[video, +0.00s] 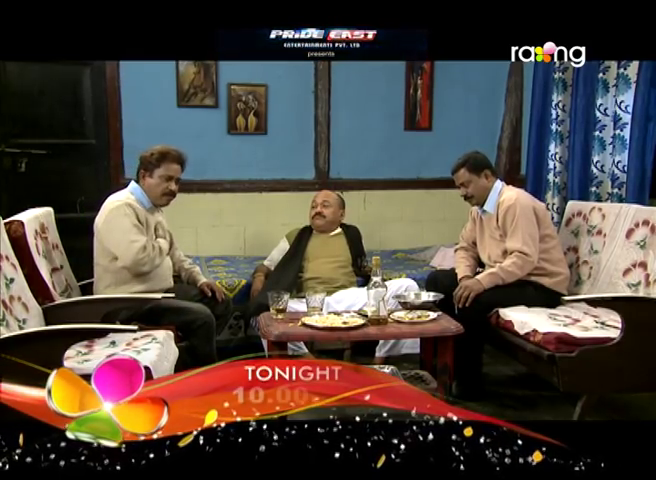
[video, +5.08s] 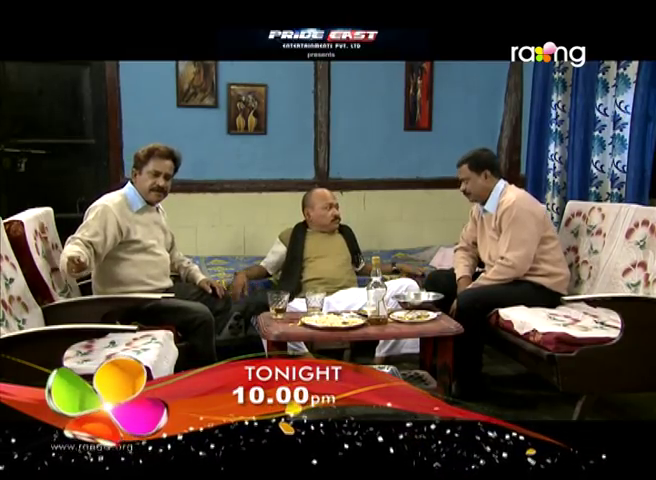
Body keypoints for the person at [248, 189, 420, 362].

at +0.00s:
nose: (317, 210)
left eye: (326, 206)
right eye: (314, 206)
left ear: (341, 213)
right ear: (309, 211)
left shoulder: (351, 233)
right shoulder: (297, 236)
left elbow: (362, 268)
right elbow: (266, 267)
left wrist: (377, 280)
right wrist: (258, 286)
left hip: (351, 297)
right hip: (311, 300)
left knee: (406, 286)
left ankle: (381, 362)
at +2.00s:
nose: (317, 211)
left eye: (325, 206)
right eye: (314, 206)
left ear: (340, 213)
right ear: (309, 211)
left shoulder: (351, 233)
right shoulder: (297, 236)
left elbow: (361, 269)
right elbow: (264, 269)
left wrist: (379, 281)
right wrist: (256, 302)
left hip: (350, 298)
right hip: (309, 300)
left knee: (406, 286)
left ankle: (382, 362)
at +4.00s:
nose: (316, 211)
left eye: (324, 207)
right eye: (313, 207)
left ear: (340, 214)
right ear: (308, 212)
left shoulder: (351, 233)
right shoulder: (297, 236)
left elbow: (361, 269)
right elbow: (265, 268)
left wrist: (379, 281)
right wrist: (255, 301)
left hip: (350, 297)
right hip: (309, 300)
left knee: (406, 286)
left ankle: (382, 362)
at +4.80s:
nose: (336, 213)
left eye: (337, 207)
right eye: (329, 209)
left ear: (340, 208)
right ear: (309, 214)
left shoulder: (347, 234)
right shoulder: (293, 237)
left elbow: (359, 267)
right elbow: (266, 267)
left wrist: (378, 276)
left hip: (351, 297)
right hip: (311, 299)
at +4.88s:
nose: (336, 213)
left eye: (337, 207)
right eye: (329, 209)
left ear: (340, 208)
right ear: (309, 214)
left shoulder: (346, 234)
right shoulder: (293, 237)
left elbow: (358, 267)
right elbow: (266, 266)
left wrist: (380, 272)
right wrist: (254, 278)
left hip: (350, 298)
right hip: (310, 300)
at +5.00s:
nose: (336, 212)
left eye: (337, 207)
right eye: (328, 208)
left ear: (339, 208)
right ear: (308, 214)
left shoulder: (346, 233)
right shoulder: (293, 236)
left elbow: (359, 267)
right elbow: (267, 267)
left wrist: (390, 270)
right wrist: (249, 277)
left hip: (350, 299)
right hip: (311, 300)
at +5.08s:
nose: (336, 212)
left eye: (337, 207)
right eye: (329, 208)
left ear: (339, 208)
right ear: (308, 213)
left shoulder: (345, 233)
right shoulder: (292, 236)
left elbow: (360, 267)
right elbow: (267, 267)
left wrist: (395, 270)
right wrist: (242, 274)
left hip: (351, 298)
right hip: (310, 300)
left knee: (406, 286)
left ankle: (379, 365)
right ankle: (312, 366)